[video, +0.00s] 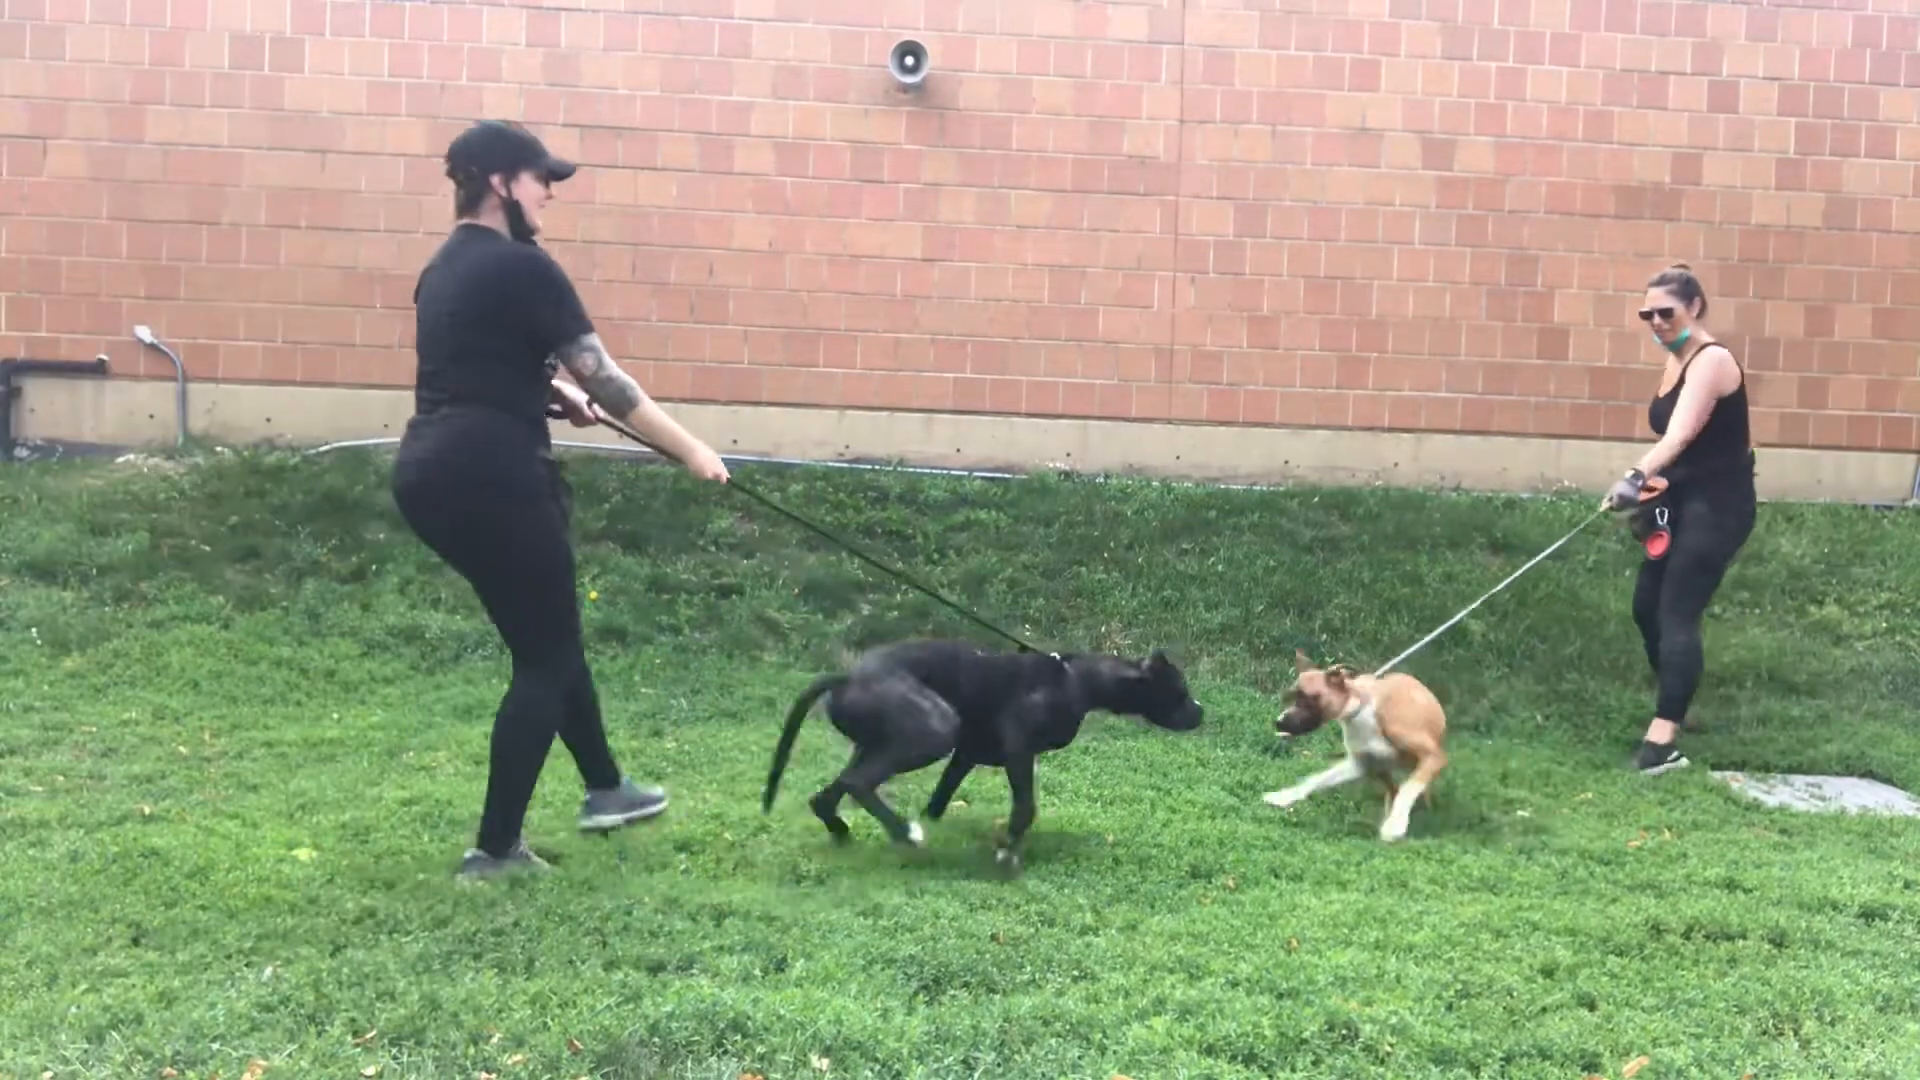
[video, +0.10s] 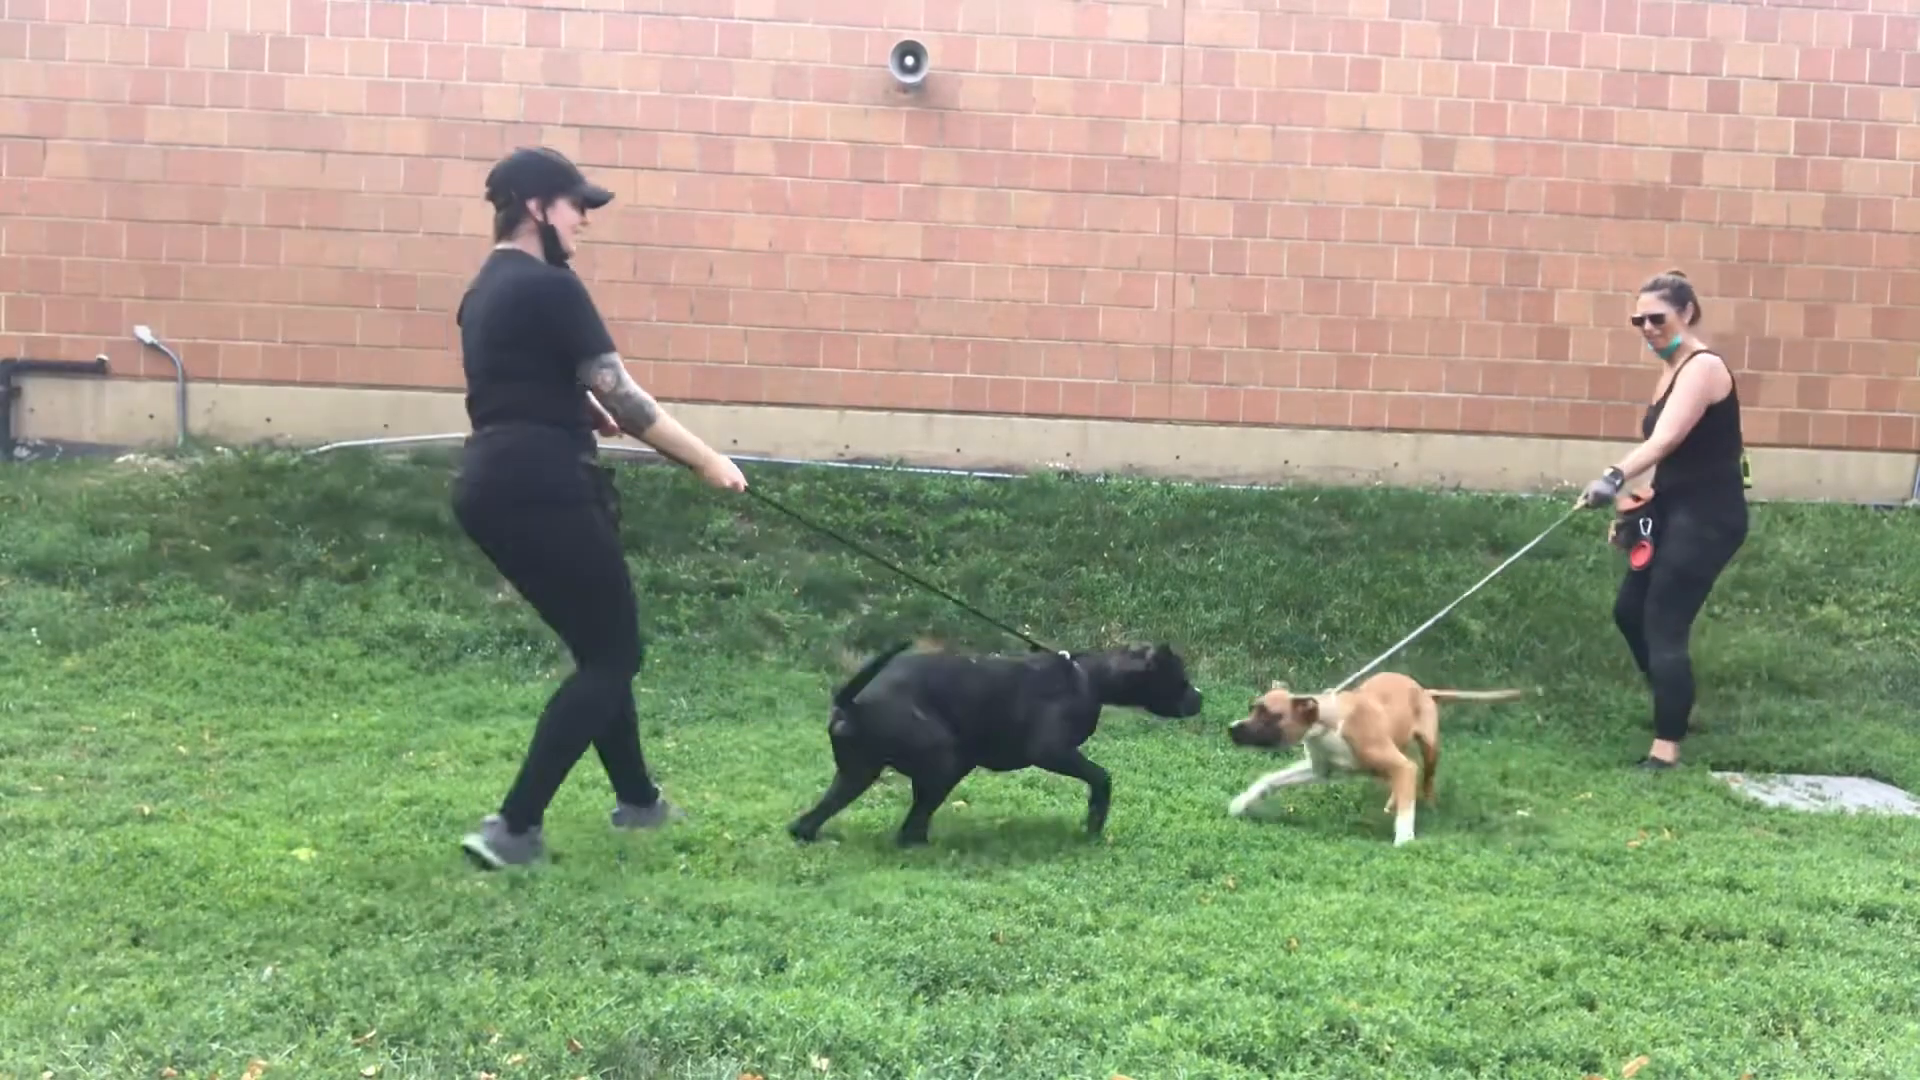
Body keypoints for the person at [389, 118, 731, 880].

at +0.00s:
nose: (549, 195)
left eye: (549, 181)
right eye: (541, 180)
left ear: (479, 186)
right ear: (500, 184)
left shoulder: (442, 267)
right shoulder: (523, 267)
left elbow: (470, 367)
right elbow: (605, 383)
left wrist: (549, 393)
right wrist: (691, 450)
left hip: (427, 468)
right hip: (498, 470)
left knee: (552, 629)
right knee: (544, 655)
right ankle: (497, 848)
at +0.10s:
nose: (583, 221)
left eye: (583, 207)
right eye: (575, 205)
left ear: (519, 211)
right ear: (534, 207)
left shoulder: (483, 290)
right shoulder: (550, 285)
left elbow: (531, 404)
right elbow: (623, 401)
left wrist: (617, 427)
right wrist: (706, 459)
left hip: (488, 481)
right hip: (544, 482)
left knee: (598, 643)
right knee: (612, 653)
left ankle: (639, 801)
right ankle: (513, 827)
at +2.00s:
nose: (720, 262)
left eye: (721, 252)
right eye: (713, 251)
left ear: (668, 250)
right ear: (681, 248)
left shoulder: (618, 305)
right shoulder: (697, 305)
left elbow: (607, 401)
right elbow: (728, 403)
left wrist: (682, 414)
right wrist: (786, 454)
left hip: (619, 467)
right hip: (684, 470)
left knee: (636, 622)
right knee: (708, 627)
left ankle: (634, 771)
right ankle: (727, 775)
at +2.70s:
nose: (735, 268)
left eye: (737, 257)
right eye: (730, 256)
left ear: (686, 254)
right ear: (698, 252)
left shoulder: (639, 308)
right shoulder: (705, 308)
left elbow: (631, 404)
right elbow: (738, 406)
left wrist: (707, 421)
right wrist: (798, 457)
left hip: (637, 469)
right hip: (699, 471)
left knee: (653, 623)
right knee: (729, 621)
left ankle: (636, 770)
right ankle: (734, 764)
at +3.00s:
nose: (743, 269)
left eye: (745, 258)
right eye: (738, 257)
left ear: (694, 256)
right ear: (707, 254)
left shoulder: (642, 315)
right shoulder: (720, 312)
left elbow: (633, 407)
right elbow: (745, 406)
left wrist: (715, 421)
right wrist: (802, 455)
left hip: (648, 469)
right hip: (710, 469)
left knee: (691, 618)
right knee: (726, 622)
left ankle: (641, 743)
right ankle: (731, 766)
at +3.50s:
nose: (720, 273)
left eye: (721, 263)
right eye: (714, 262)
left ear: (674, 261)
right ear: (679, 258)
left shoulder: (639, 311)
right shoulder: (680, 315)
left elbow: (671, 405)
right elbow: (725, 409)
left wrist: (726, 422)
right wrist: (795, 452)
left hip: (629, 466)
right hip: (676, 472)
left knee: (653, 609)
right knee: (719, 611)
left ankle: (639, 753)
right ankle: (732, 759)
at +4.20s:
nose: (723, 270)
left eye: (724, 261)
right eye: (715, 260)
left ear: (682, 263)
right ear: (680, 260)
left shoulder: (657, 309)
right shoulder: (683, 313)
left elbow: (687, 403)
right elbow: (730, 403)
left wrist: (732, 422)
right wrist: (801, 449)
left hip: (636, 465)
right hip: (673, 469)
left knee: (647, 608)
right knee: (730, 600)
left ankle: (638, 753)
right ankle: (739, 747)